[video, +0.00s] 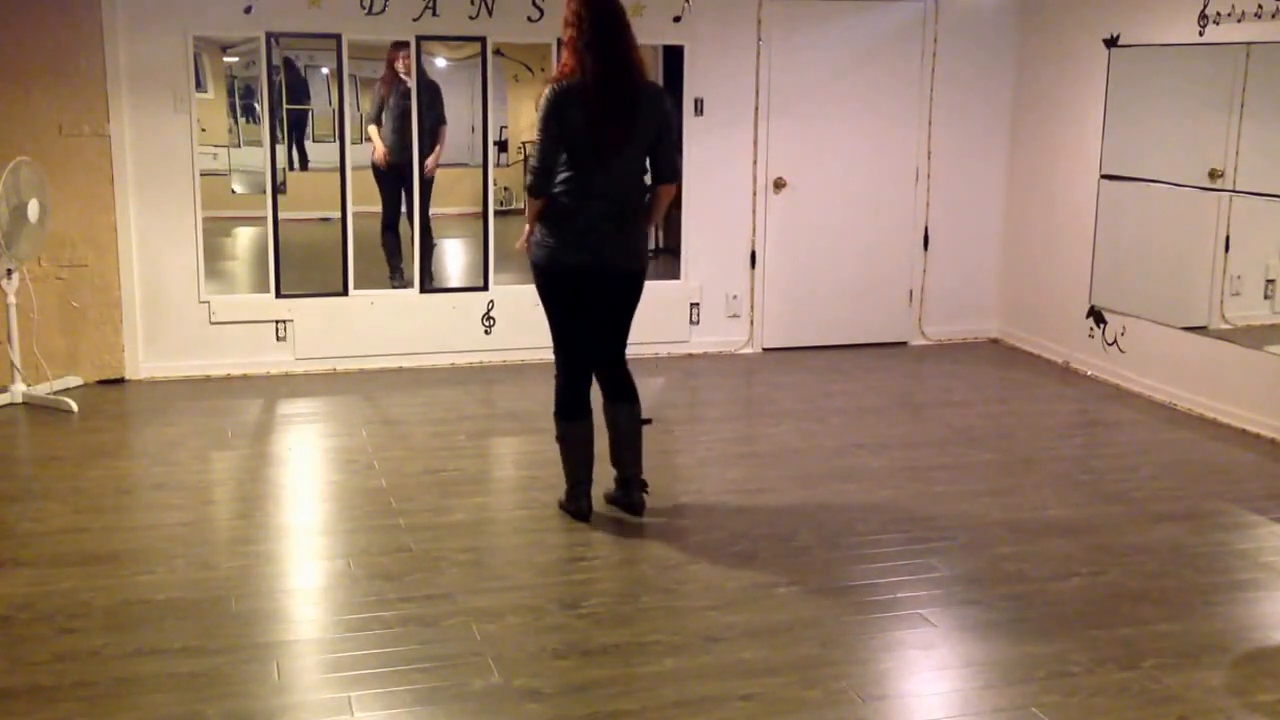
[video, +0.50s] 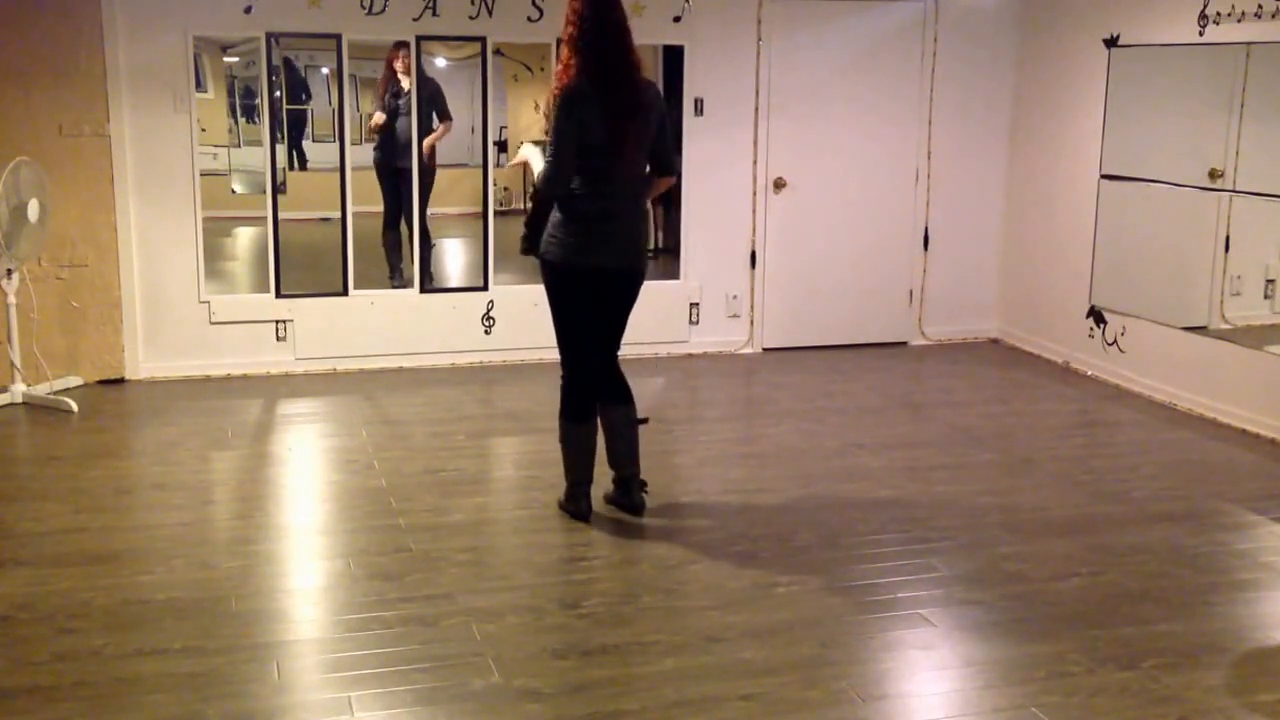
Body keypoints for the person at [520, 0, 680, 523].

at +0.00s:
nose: (562, 38)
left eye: (566, 30)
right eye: (565, 28)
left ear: (576, 36)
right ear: (623, 34)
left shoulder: (562, 96)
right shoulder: (652, 96)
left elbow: (542, 176)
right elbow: (668, 176)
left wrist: (530, 224)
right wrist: (644, 225)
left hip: (561, 250)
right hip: (624, 251)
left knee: (572, 367)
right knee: (613, 360)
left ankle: (578, 492)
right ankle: (631, 482)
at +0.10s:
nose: (563, 36)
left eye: (568, 27)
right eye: (564, 25)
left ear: (581, 34)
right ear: (619, 33)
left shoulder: (563, 96)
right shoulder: (651, 97)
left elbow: (547, 174)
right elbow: (667, 175)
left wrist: (523, 224)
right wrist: (642, 222)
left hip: (562, 251)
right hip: (624, 252)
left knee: (571, 366)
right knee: (610, 360)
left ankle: (578, 493)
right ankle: (630, 483)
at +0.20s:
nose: (562, 35)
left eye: (567, 26)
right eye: (564, 24)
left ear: (576, 33)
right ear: (619, 34)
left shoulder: (565, 96)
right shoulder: (648, 96)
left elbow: (556, 176)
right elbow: (667, 174)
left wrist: (527, 194)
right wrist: (641, 209)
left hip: (564, 252)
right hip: (624, 254)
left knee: (572, 367)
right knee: (607, 359)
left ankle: (578, 493)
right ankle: (629, 482)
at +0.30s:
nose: (562, 39)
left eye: (566, 30)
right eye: (565, 28)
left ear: (573, 36)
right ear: (620, 35)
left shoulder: (567, 96)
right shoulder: (648, 96)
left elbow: (559, 181)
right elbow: (667, 176)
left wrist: (527, 189)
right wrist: (633, 208)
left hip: (565, 253)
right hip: (624, 254)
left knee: (573, 367)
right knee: (606, 359)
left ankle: (578, 493)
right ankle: (629, 481)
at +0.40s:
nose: (561, 40)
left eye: (565, 32)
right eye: (566, 29)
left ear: (573, 37)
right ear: (622, 36)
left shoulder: (569, 96)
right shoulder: (649, 96)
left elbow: (557, 185)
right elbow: (666, 174)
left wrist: (528, 174)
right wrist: (633, 204)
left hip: (567, 251)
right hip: (626, 252)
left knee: (574, 367)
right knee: (606, 359)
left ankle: (578, 493)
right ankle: (629, 482)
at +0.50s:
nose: (563, 40)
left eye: (567, 33)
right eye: (568, 31)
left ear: (574, 39)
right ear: (623, 37)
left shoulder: (569, 97)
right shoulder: (648, 95)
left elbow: (556, 178)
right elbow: (669, 170)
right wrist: (635, 201)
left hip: (569, 249)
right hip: (627, 250)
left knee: (577, 365)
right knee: (606, 358)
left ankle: (578, 493)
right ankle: (629, 482)